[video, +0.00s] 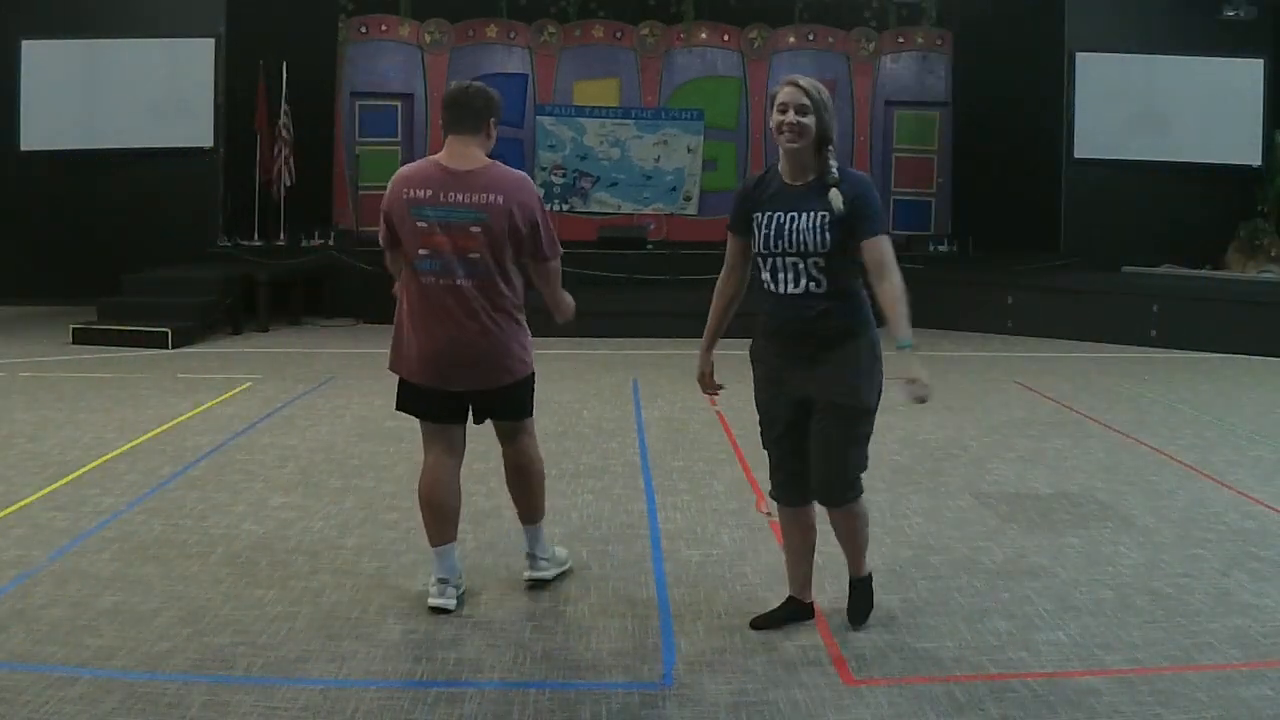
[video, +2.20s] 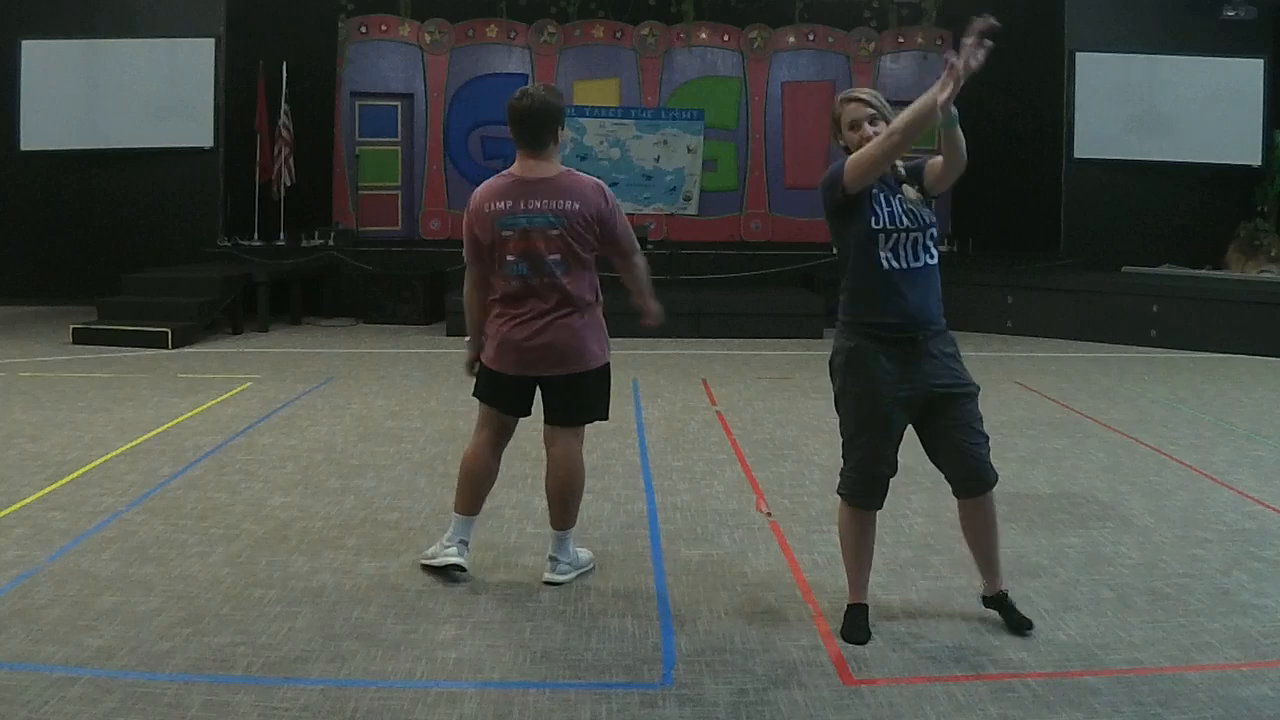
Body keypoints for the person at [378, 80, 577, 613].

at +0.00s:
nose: (498, 133)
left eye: (494, 127)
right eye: (497, 127)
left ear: (441, 125)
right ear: (491, 128)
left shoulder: (404, 182)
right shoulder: (516, 189)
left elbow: (394, 259)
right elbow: (543, 269)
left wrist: (417, 294)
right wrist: (559, 305)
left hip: (427, 350)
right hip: (500, 349)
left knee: (439, 453)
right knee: (518, 440)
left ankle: (445, 579)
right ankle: (538, 553)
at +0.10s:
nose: (499, 134)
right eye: (499, 128)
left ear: (445, 127)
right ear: (495, 129)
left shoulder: (412, 183)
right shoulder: (521, 186)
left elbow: (405, 246)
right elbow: (540, 255)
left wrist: (472, 247)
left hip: (434, 351)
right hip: (505, 351)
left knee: (443, 452)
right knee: (518, 443)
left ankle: (445, 578)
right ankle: (540, 547)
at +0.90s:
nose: (531, 133)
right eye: (531, 127)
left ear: (477, 128)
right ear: (526, 130)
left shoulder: (451, 185)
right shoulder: (548, 178)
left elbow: (439, 224)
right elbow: (496, 192)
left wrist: (425, 190)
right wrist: (431, 192)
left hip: (465, 340)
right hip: (533, 340)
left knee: (458, 434)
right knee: (531, 434)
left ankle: (445, 554)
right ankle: (539, 550)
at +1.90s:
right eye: (548, 127)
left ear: (497, 130)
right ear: (545, 131)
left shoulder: (467, 193)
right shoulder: (570, 182)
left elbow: (467, 244)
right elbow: (527, 219)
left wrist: (443, 233)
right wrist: (457, 230)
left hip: (491, 344)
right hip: (559, 343)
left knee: (477, 438)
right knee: (555, 439)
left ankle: (450, 551)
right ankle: (561, 554)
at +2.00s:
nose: (548, 134)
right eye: (552, 127)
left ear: (502, 131)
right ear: (550, 131)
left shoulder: (472, 195)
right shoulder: (578, 185)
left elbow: (476, 255)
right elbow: (575, 244)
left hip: (497, 344)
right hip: (565, 343)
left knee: (481, 437)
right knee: (559, 441)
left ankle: (453, 550)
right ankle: (561, 554)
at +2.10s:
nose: (554, 132)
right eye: (557, 126)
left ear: (506, 131)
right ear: (555, 130)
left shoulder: (478, 196)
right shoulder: (586, 189)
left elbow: (477, 260)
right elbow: (596, 248)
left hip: (502, 343)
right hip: (570, 344)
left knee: (485, 435)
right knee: (562, 441)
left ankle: (456, 546)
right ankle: (562, 552)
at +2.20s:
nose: (562, 133)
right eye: (562, 127)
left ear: (512, 131)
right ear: (560, 132)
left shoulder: (485, 198)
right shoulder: (591, 194)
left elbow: (476, 279)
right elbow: (630, 259)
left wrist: (475, 341)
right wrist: (646, 302)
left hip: (508, 341)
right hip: (575, 344)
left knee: (488, 435)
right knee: (565, 440)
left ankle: (455, 542)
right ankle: (562, 553)